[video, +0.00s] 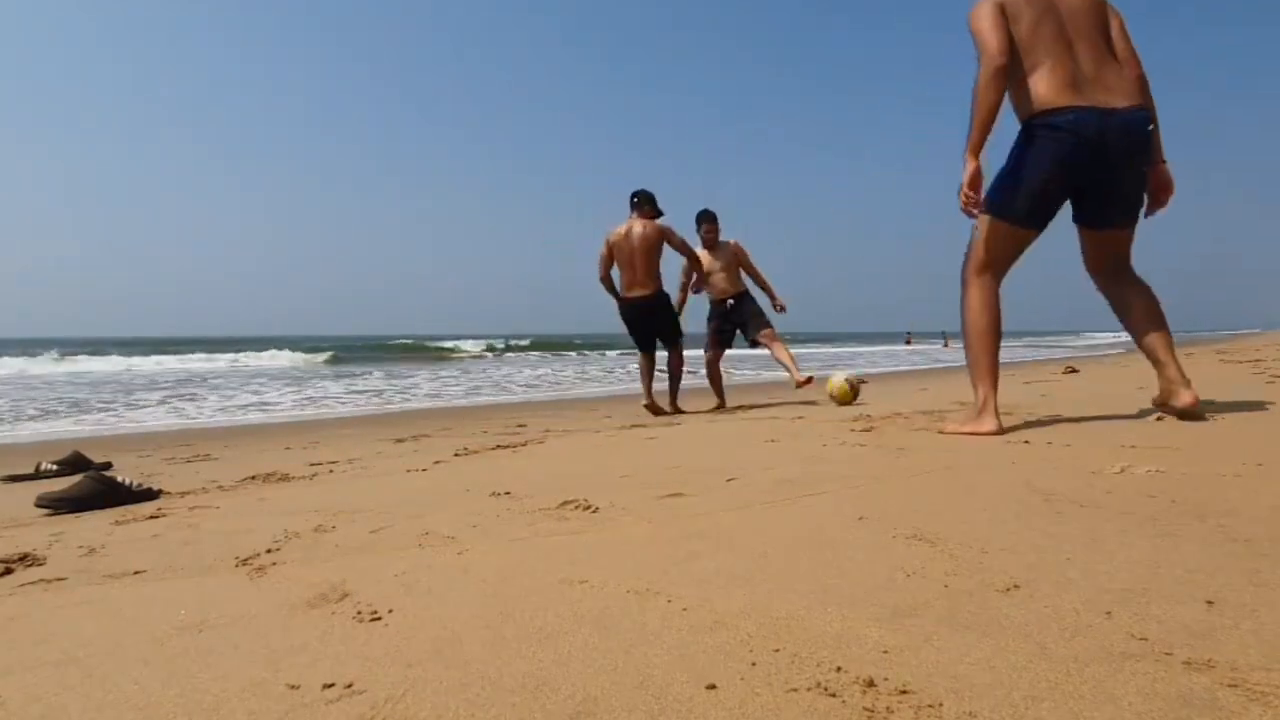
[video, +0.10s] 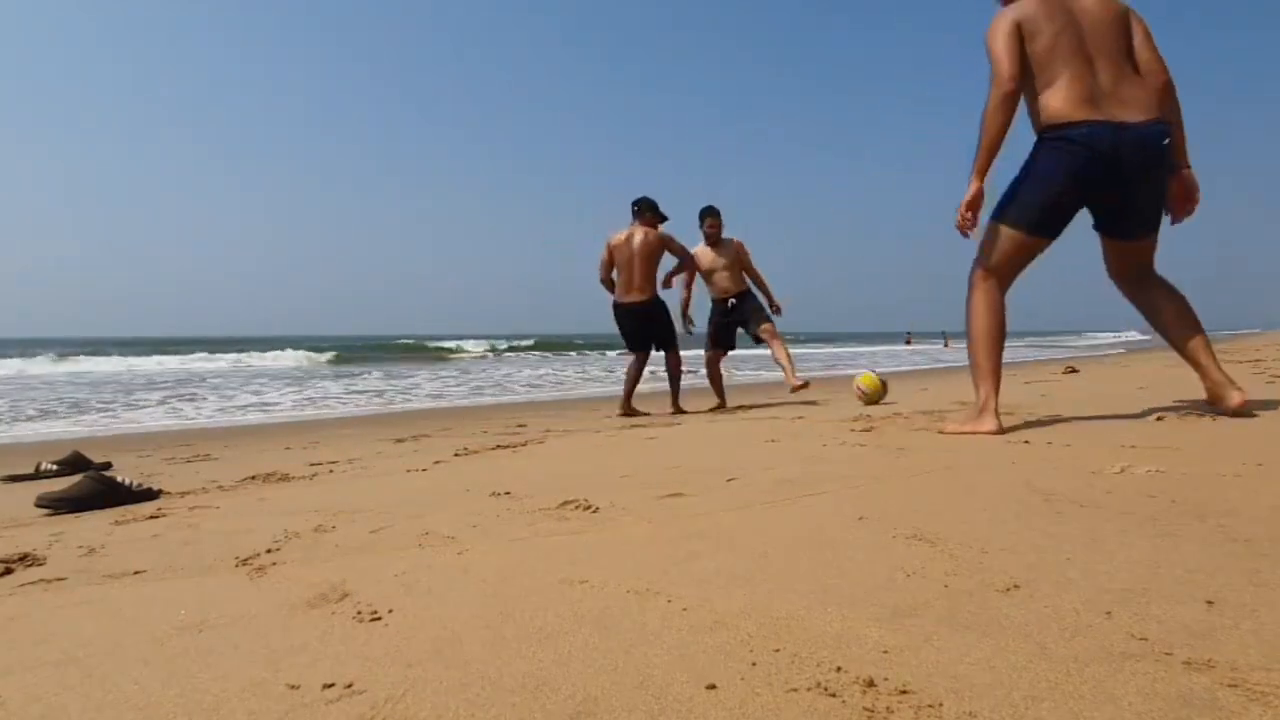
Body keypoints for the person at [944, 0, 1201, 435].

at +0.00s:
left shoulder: (990, 6)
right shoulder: (1100, 6)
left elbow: (997, 62)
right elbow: (1132, 67)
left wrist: (973, 153)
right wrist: (1155, 158)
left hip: (1055, 134)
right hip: (1127, 133)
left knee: (982, 268)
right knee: (1112, 266)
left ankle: (984, 410)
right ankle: (1175, 384)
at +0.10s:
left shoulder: (1012, 16)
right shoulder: (1122, 10)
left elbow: (1007, 86)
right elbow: (1161, 81)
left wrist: (978, 178)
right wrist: (1180, 165)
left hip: (1069, 148)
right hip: (1144, 147)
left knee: (990, 275)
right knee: (1137, 273)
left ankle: (985, 410)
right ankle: (1221, 386)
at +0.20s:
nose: (1039, 4)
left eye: (1041, 5)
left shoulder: (1047, 20)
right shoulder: (1155, 10)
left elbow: (1033, 98)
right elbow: (1198, 84)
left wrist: (1000, 184)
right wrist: (1208, 167)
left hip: (1086, 149)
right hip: (1163, 149)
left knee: (1020, 281)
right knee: (1163, 279)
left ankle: (986, 411)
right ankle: (1230, 395)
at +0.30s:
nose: (1076, 9)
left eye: (1076, 7)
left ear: (1088, 2)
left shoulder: (1078, 26)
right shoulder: (1188, 14)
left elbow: (1064, 100)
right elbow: (1232, 91)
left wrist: (1031, 184)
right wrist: (1233, 176)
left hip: (1107, 153)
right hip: (1184, 153)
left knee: (1049, 281)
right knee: (1181, 281)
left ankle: (1003, 391)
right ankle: (1232, 393)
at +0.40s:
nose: (1095, 8)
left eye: (1095, 6)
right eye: (1095, 7)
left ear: (1106, 1)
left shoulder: (1098, 25)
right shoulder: (1202, 18)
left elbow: (1091, 93)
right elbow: (1242, 98)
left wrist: (1057, 176)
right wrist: (1243, 182)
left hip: (1123, 155)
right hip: (1197, 154)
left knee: (1059, 273)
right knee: (1191, 280)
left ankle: (1059, 366)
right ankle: (1231, 393)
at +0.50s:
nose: (1093, 6)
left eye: (1095, 5)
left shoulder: (1103, 18)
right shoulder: (1200, 15)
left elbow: (1107, 76)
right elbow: (1236, 93)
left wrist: (1076, 158)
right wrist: (1241, 171)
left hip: (1130, 148)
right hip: (1201, 148)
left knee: (1067, 264)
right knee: (1194, 273)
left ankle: (1114, 379)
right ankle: (1232, 385)